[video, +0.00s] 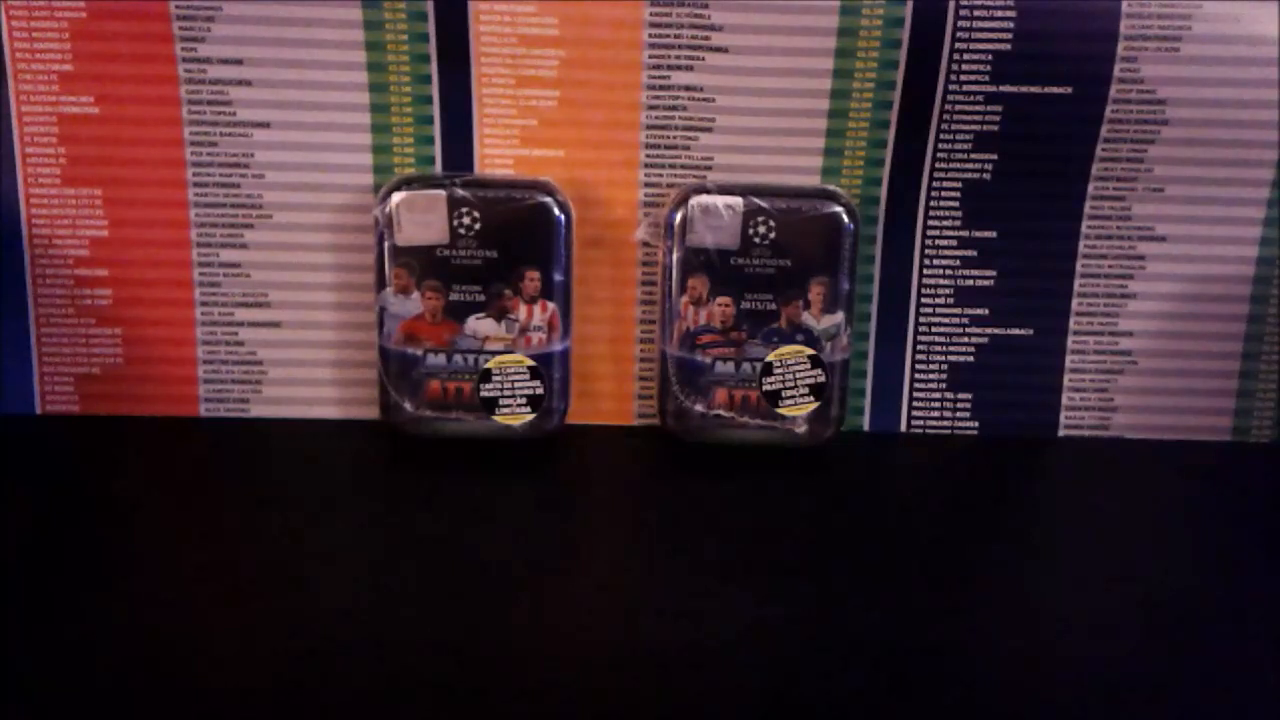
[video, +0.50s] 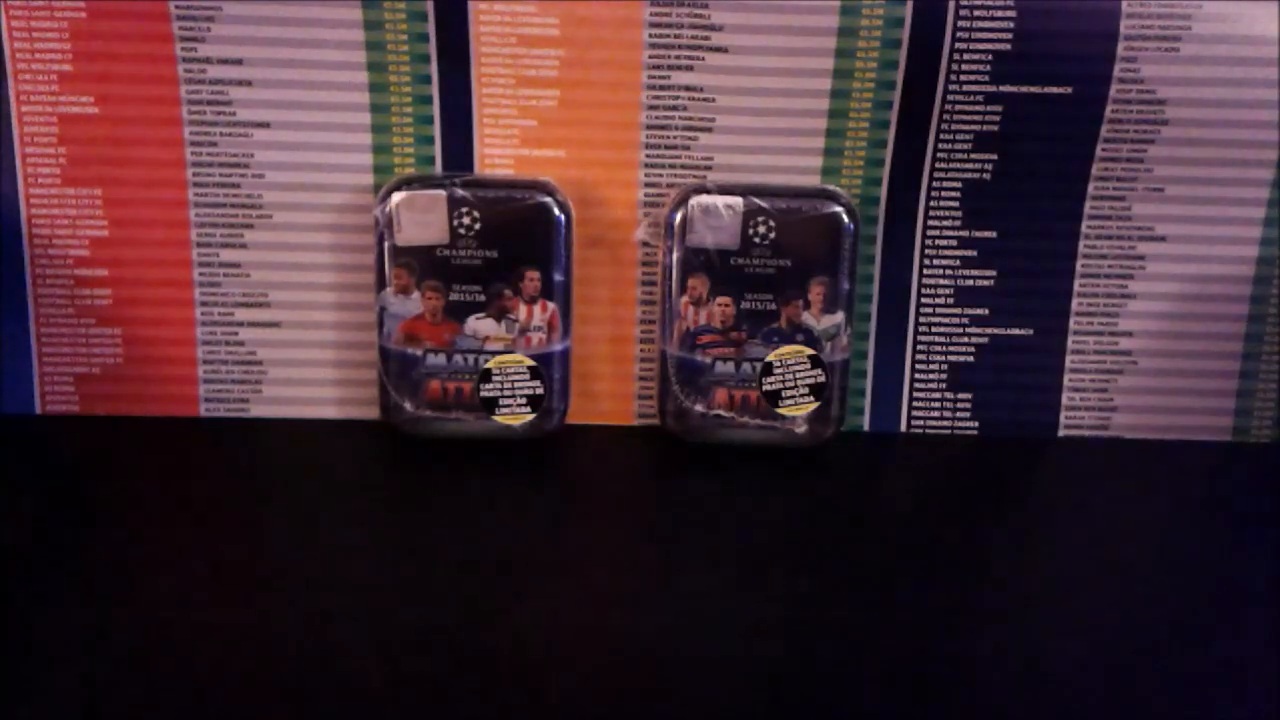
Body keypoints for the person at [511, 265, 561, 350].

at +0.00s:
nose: (536, 285)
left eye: (539, 280)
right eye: (531, 280)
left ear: (541, 283)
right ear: (521, 284)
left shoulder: (551, 308)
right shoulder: (512, 306)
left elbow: (556, 338)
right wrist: (520, 329)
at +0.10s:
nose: (536, 285)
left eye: (539, 280)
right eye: (531, 280)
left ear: (541, 283)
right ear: (521, 284)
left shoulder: (551, 308)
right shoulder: (512, 306)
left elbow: (556, 337)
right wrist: (520, 329)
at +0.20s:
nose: (536, 285)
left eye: (538, 281)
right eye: (531, 281)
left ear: (541, 283)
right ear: (521, 284)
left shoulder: (550, 308)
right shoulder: (512, 306)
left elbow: (556, 337)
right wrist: (520, 329)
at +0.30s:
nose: (536, 285)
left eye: (538, 280)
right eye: (531, 280)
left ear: (541, 283)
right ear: (521, 284)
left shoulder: (551, 308)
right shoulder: (512, 306)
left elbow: (556, 337)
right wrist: (520, 329)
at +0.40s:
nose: (536, 285)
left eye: (538, 280)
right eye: (531, 280)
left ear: (541, 283)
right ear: (521, 284)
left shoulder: (551, 308)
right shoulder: (512, 306)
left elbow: (556, 338)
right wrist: (520, 329)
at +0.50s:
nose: (536, 285)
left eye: (538, 280)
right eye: (531, 280)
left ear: (541, 283)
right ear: (521, 284)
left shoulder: (551, 308)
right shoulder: (512, 306)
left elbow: (556, 339)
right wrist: (520, 329)